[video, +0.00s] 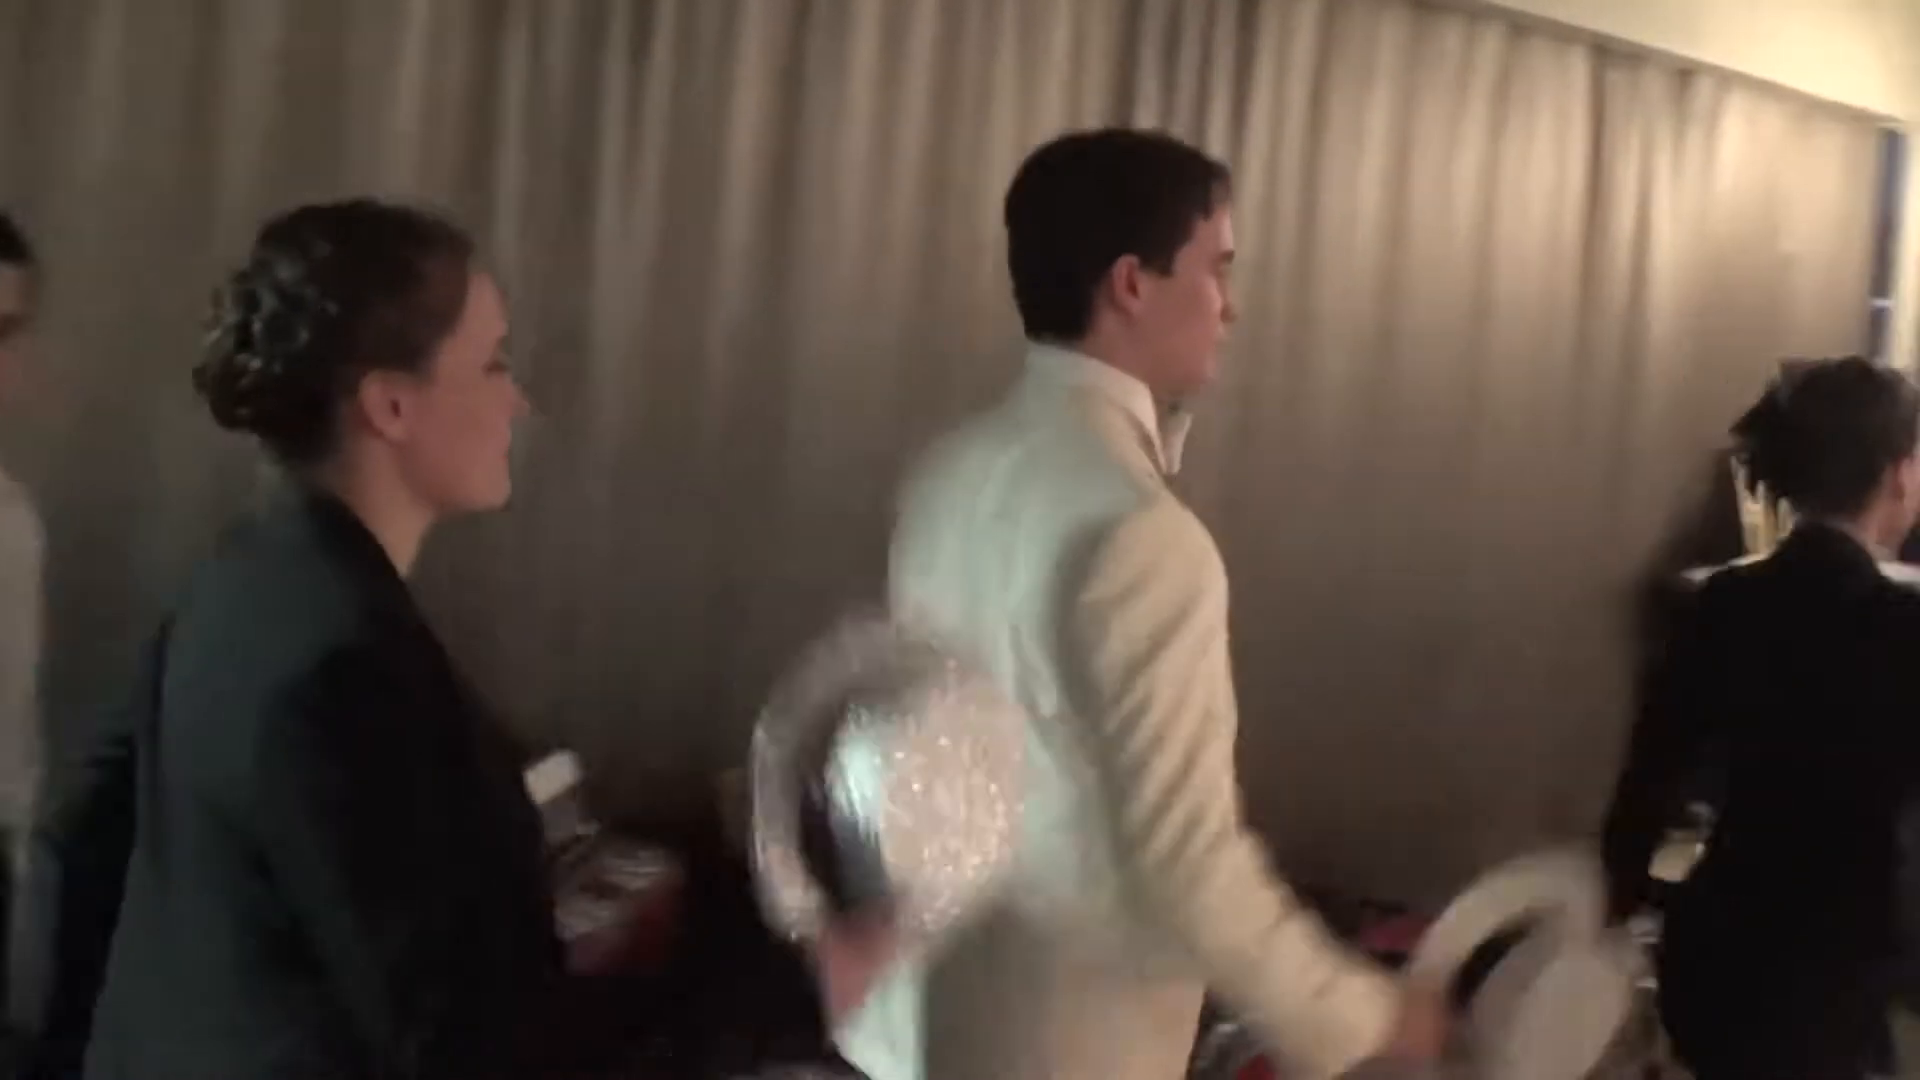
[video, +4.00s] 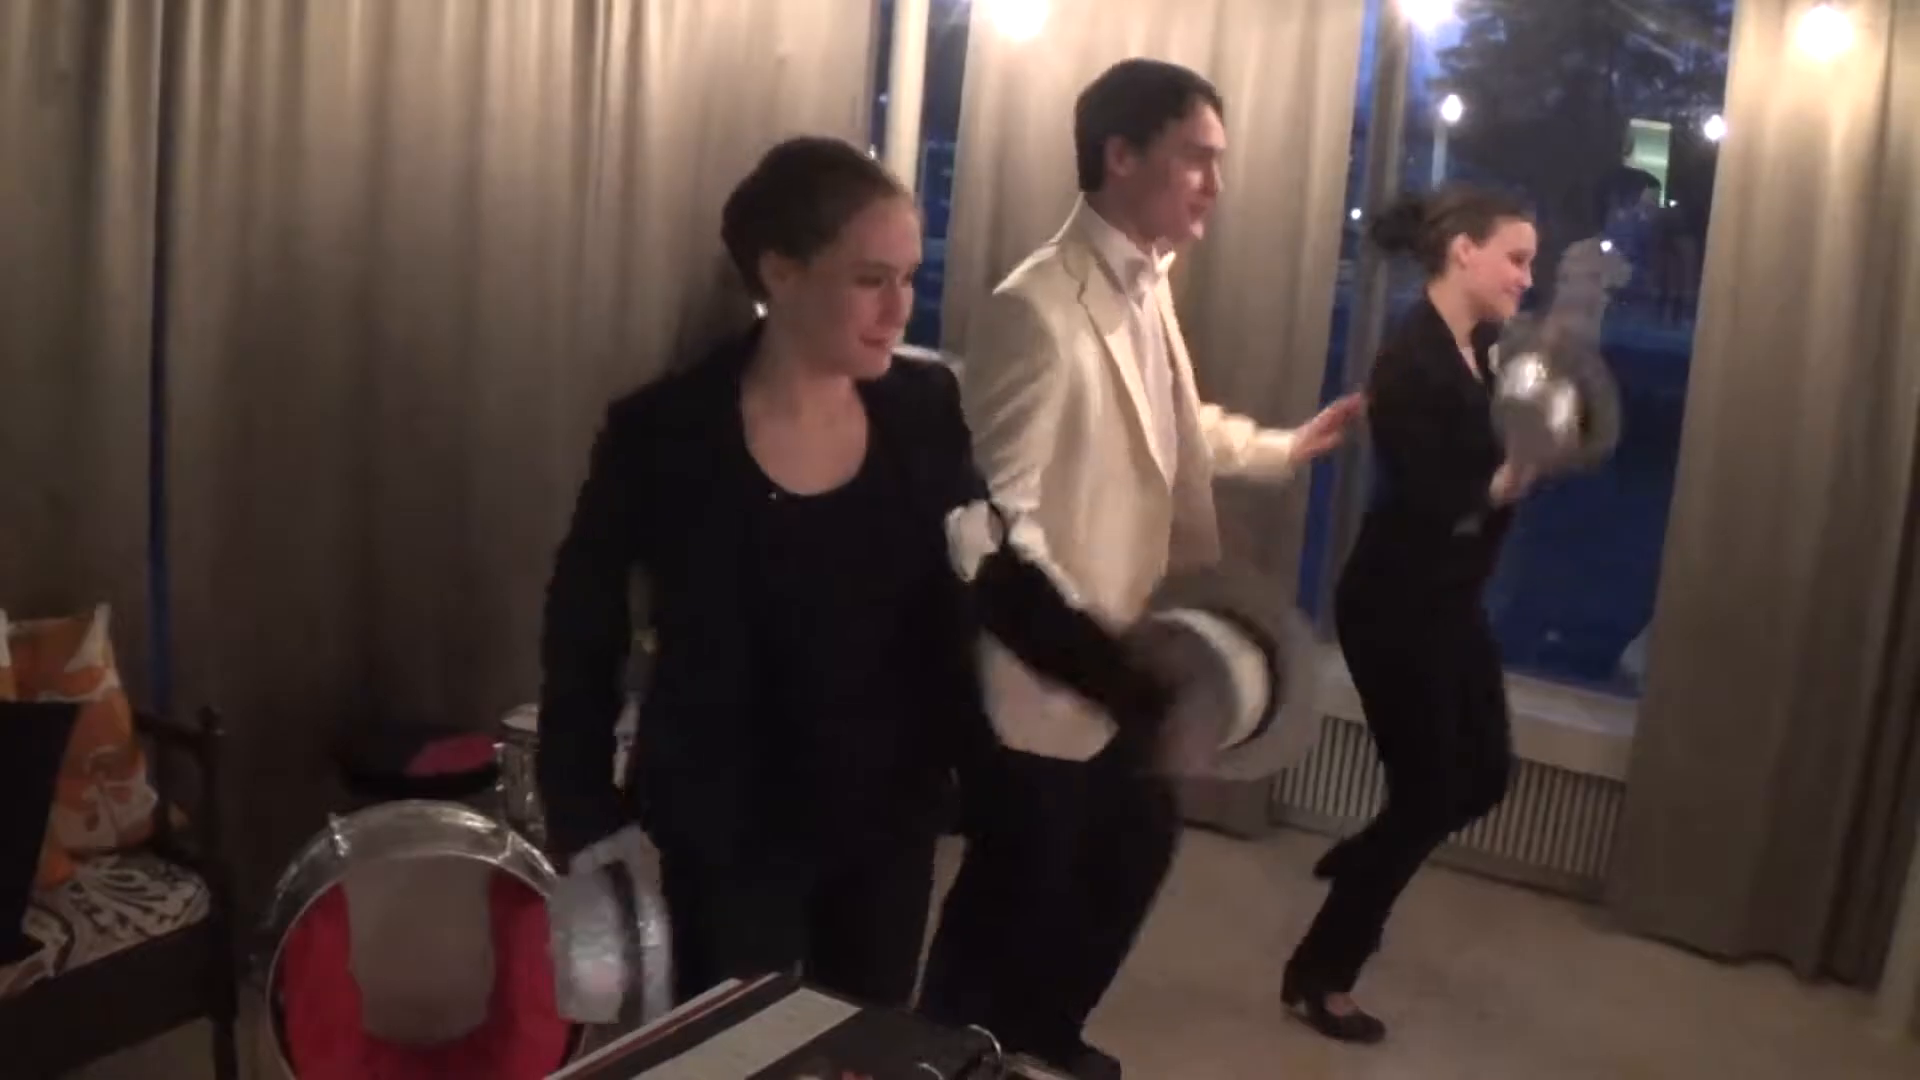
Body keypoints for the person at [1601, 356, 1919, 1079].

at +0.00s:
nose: (1919, 478)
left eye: (1916, 454)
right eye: (1916, 457)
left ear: (1792, 468)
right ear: (1897, 475)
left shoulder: (1711, 606)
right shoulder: (1905, 617)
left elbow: (1652, 778)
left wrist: (1627, 892)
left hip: (1719, 931)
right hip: (1855, 944)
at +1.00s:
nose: (1666, 473)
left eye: (1662, 457)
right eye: (1665, 458)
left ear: (1578, 455)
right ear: (1653, 465)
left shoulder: (1526, 552)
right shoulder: (1673, 569)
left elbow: (1478, 694)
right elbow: (1710, 697)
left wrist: (1447, 822)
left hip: (1528, 805)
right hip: (1620, 814)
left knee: (1558, 1002)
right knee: (1614, 1010)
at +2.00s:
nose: (1627, 434)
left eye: (1631, 419)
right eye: (1612, 418)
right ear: (1562, 417)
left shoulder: (1569, 497)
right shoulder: (1546, 507)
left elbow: (1565, 634)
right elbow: (1571, 667)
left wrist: (1627, 637)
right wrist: (1649, 666)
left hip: (1546, 721)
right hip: (1534, 731)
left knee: (1542, 893)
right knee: (1562, 906)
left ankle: (1473, 1024)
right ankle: (1447, 1032)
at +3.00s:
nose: (1496, 307)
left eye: (1496, 289)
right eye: (1480, 289)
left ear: (1447, 289)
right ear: (1428, 284)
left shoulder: (1429, 363)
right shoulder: (1399, 360)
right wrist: (1427, 339)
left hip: (1407, 610)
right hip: (1365, 610)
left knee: (1440, 815)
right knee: (1373, 811)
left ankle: (1391, 1038)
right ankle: (1260, 992)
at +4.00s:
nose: (1526, 279)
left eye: (1530, 263)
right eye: (1516, 260)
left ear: (1473, 260)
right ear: (1463, 253)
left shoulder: (1477, 349)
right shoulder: (1412, 360)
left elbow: (1494, 448)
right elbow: (1434, 498)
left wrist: (1550, 370)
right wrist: (1515, 473)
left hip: (1449, 600)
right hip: (1393, 602)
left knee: (1483, 776)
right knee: (1426, 789)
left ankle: (1357, 862)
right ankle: (1319, 973)